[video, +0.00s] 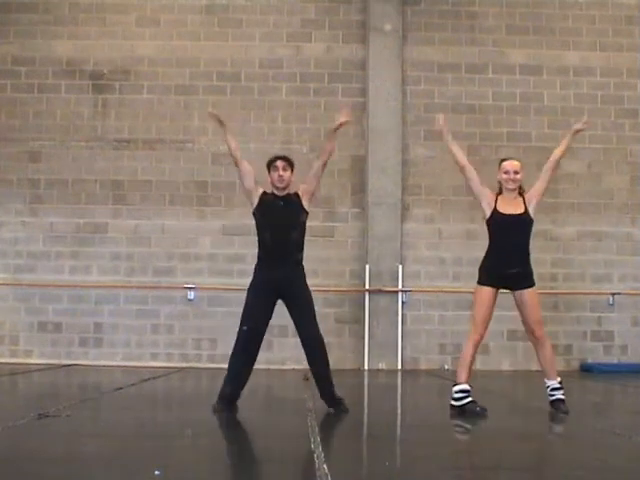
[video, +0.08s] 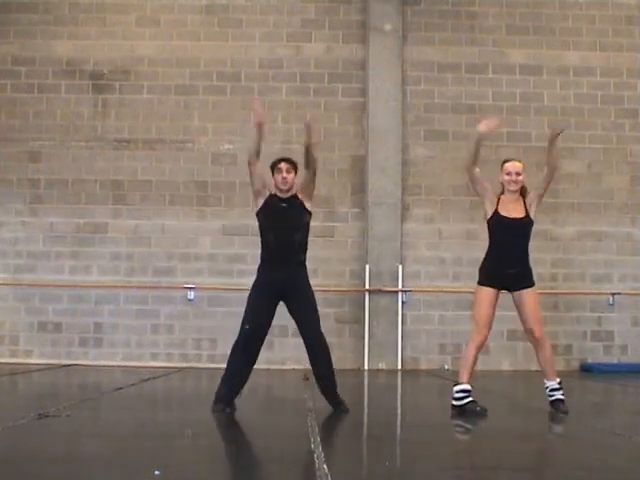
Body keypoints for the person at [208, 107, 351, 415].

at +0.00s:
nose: (280, 173)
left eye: (285, 169)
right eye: (275, 169)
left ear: (292, 174)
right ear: (268, 175)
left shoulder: (302, 198)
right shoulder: (258, 196)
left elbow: (321, 164)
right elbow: (238, 161)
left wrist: (334, 131)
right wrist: (225, 127)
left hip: (294, 281)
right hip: (264, 281)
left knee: (312, 338)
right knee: (248, 339)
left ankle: (330, 396)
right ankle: (227, 399)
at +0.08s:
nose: (284, 176)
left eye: (289, 172)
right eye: (279, 172)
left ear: (297, 177)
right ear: (271, 177)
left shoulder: (304, 200)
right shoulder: (263, 199)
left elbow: (311, 171)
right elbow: (253, 163)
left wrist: (311, 143)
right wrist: (258, 130)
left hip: (297, 283)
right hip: (266, 283)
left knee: (315, 338)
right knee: (249, 338)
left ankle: (332, 395)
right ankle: (225, 397)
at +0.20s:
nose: (287, 186)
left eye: (291, 182)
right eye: (282, 182)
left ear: (300, 188)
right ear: (274, 188)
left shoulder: (303, 210)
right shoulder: (267, 212)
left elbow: (305, 195)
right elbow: (260, 184)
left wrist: (283, 211)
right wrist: (288, 198)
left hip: (300, 291)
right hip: (270, 291)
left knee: (318, 345)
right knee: (251, 343)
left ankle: (332, 400)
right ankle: (222, 398)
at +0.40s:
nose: (288, 186)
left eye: (292, 182)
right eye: (283, 181)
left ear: (299, 186)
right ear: (275, 187)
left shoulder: (305, 213)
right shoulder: (264, 211)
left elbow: (311, 206)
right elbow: (267, 222)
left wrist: (288, 188)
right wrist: (283, 195)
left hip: (296, 293)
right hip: (265, 292)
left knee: (318, 347)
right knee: (242, 344)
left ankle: (333, 399)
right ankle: (222, 397)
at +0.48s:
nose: (281, 186)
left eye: (287, 183)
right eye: (278, 182)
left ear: (297, 189)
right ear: (273, 188)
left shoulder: (306, 217)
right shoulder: (264, 215)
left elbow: (299, 230)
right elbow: (273, 235)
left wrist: (289, 205)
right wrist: (284, 208)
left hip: (295, 295)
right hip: (263, 295)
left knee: (320, 343)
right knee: (238, 340)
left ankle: (332, 398)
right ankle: (220, 397)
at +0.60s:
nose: (285, 207)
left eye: (289, 203)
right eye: (280, 203)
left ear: (297, 208)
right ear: (273, 208)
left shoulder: (303, 240)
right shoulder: (260, 234)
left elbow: (294, 266)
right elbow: (267, 261)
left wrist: (281, 266)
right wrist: (282, 266)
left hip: (293, 309)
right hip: (261, 308)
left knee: (329, 343)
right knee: (228, 339)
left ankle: (335, 400)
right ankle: (216, 398)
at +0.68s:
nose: (284, 225)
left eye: (289, 221)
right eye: (279, 221)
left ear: (295, 227)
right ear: (272, 227)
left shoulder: (303, 260)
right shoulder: (258, 253)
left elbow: (290, 291)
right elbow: (266, 284)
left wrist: (278, 318)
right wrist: (278, 316)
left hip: (294, 321)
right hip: (261, 320)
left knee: (334, 347)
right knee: (224, 345)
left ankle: (336, 401)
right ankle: (213, 402)